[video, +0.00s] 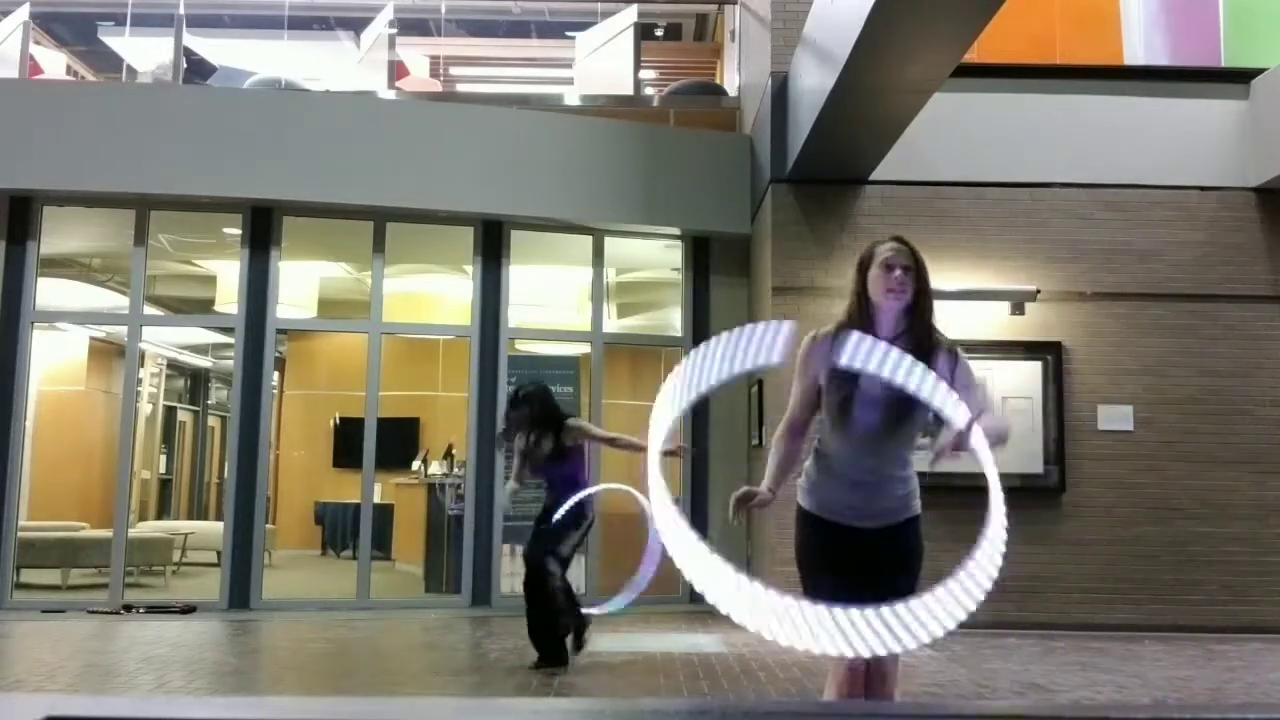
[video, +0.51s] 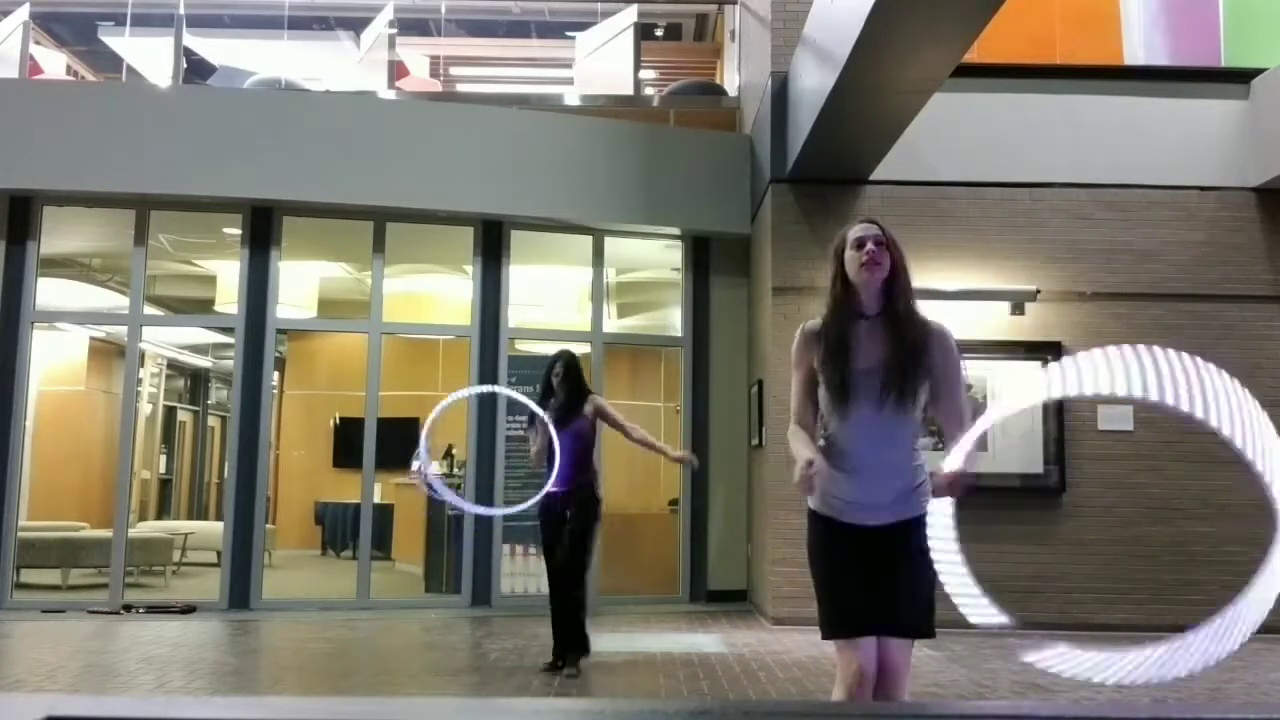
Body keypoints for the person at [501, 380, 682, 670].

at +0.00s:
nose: (519, 418)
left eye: (522, 412)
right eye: (517, 413)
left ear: (538, 409)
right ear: (519, 414)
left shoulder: (571, 428)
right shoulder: (525, 440)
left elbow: (613, 440)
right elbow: (518, 478)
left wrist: (659, 449)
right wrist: (510, 490)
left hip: (577, 509)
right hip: (551, 511)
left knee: (548, 565)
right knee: (535, 578)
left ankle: (575, 620)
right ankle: (551, 653)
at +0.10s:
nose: (528, 412)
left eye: (533, 406)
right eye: (525, 406)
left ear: (545, 403)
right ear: (523, 405)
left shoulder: (575, 421)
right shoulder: (524, 436)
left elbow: (618, 433)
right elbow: (518, 481)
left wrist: (665, 441)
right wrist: (537, 496)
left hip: (577, 506)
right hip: (548, 510)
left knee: (520, 537)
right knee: (539, 590)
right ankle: (553, 654)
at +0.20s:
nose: (537, 399)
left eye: (542, 392)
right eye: (533, 392)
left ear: (555, 387)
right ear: (528, 390)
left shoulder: (579, 406)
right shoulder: (526, 420)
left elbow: (623, 423)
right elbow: (524, 466)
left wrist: (667, 434)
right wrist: (546, 481)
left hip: (580, 496)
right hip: (554, 499)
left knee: (519, 523)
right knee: (550, 572)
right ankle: (555, 648)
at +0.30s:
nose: (544, 380)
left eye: (550, 373)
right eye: (540, 375)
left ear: (562, 374)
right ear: (535, 377)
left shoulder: (582, 399)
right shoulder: (536, 410)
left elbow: (628, 418)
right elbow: (530, 456)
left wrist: (672, 428)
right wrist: (550, 468)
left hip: (579, 487)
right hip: (550, 490)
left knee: (524, 523)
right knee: (555, 571)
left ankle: (591, 543)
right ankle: (561, 650)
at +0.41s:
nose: (554, 382)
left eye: (560, 376)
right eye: (550, 376)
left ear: (572, 378)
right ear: (544, 379)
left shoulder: (588, 405)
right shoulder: (542, 413)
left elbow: (631, 425)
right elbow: (531, 461)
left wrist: (674, 436)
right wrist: (545, 450)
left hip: (582, 495)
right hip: (556, 495)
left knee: (549, 547)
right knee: (552, 561)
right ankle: (564, 651)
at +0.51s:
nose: (559, 378)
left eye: (565, 372)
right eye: (555, 373)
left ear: (575, 376)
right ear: (549, 376)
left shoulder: (591, 405)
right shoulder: (547, 412)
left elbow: (630, 431)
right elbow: (537, 459)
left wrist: (671, 454)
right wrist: (537, 434)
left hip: (583, 498)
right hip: (552, 498)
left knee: (571, 573)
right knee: (556, 576)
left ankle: (574, 653)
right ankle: (561, 652)